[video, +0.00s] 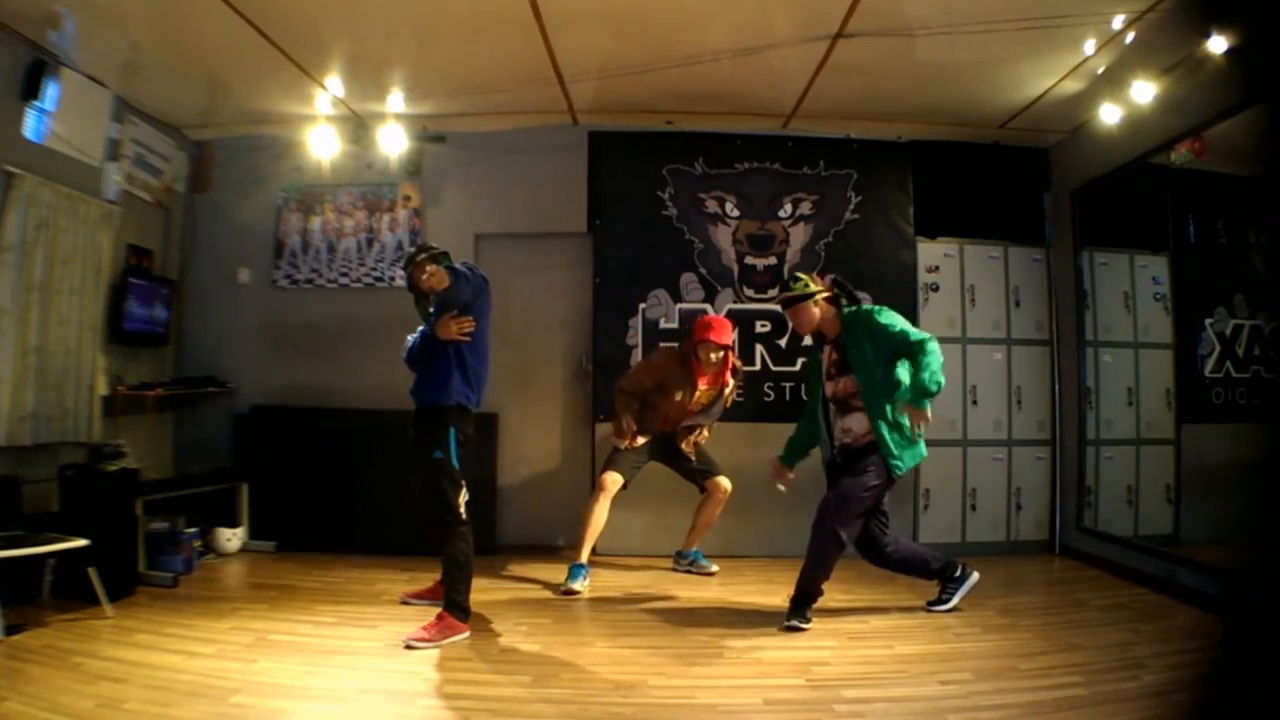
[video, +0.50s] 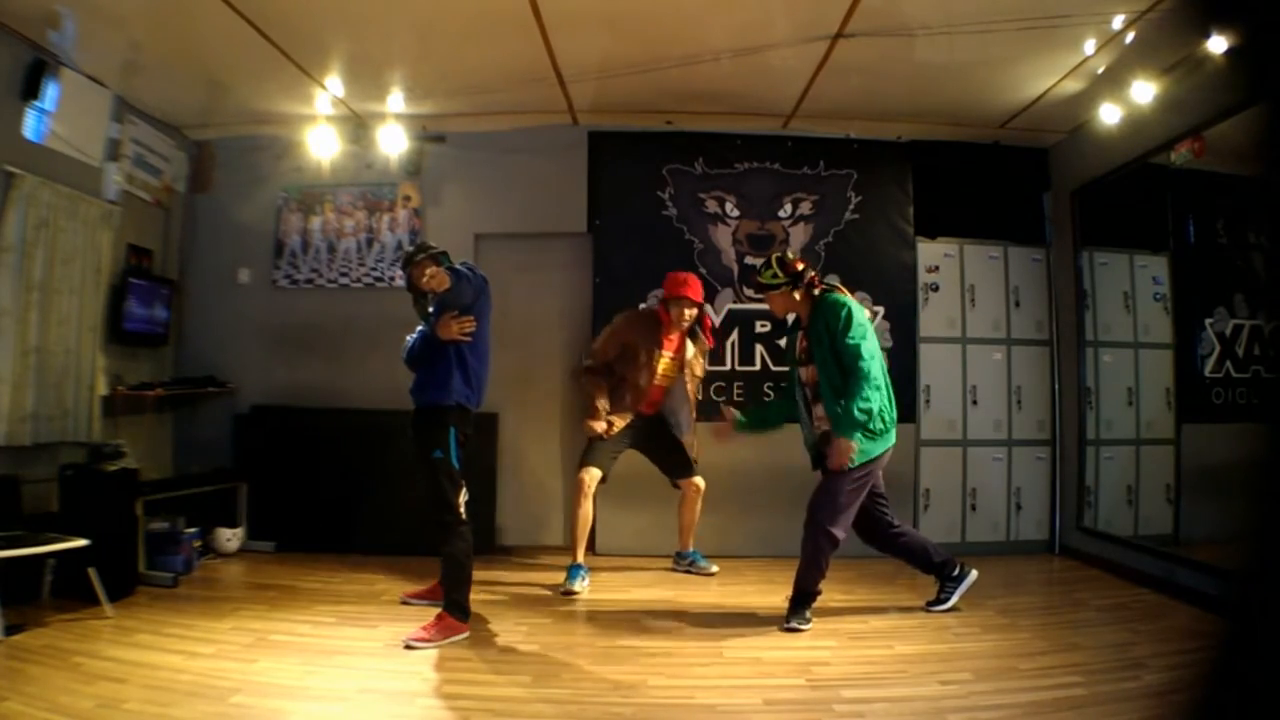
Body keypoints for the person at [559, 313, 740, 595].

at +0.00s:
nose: (714, 354)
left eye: (720, 349)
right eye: (708, 348)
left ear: (728, 350)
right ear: (695, 345)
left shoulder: (727, 376)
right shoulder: (667, 361)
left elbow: (717, 409)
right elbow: (626, 387)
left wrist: (702, 428)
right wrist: (626, 421)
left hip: (677, 440)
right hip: (640, 436)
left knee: (720, 487)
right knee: (607, 483)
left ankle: (687, 554)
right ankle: (580, 566)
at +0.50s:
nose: (686, 313)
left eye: (692, 307)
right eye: (680, 305)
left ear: (699, 310)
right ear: (665, 304)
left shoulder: (694, 345)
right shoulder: (633, 324)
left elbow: (691, 396)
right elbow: (594, 365)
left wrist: (690, 440)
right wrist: (599, 412)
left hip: (654, 422)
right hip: (618, 418)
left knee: (694, 485)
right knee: (586, 479)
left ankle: (685, 554)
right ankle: (577, 566)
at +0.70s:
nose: (674, 301)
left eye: (677, 295)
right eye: (668, 294)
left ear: (679, 295)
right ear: (648, 291)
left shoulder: (669, 327)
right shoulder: (609, 314)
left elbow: (669, 374)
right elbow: (580, 362)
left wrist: (673, 410)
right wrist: (594, 404)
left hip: (646, 417)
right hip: (608, 414)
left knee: (678, 481)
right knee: (592, 483)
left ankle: (680, 555)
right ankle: (578, 567)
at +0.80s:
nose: (669, 299)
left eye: (672, 293)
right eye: (664, 291)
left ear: (672, 292)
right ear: (644, 286)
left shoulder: (658, 321)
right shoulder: (608, 311)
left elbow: (656, 367)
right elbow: (597, 363)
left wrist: (663, 393)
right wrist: (625, 377)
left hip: (640, 413)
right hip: (606, 410)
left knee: (674, 476)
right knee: (600, 483)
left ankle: (678, 558)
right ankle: (579, 566)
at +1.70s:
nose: (690, 262)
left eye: (696, 256)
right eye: (683, 256)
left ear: (706, 260)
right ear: (673, 261)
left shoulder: (724, 306)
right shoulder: (650, 299)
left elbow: (740, 359)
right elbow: (619, 343)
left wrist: (740, 406)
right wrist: (603, 392)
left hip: (704, 404)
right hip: (659, 401)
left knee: (708, 480)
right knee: (639, 473)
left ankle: (699, 554)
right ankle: (640, 546)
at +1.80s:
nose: (687, 260)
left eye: (693, 254)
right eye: (680, 254)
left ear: (703, 258)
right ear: (671, 258)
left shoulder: (724, 303)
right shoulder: (650, 296)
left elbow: (740, 354)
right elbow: (614, 332)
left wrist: (735, 398)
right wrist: (586, 376)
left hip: (703, 401)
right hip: (659, 399)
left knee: (705, 476)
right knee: (650, 475)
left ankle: (707, 553)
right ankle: (660, 547)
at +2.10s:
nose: (640, 265)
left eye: (648, 260)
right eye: (640, 259)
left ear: (666, 267)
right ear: (643, 265)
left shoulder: (705, 299)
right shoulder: (636, 303)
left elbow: (735, 343)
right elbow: (614, 339)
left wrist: (704, 379)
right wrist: (594, 356)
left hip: (694, 401)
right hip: (654, 398)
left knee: (695, 479)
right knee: (623, 464)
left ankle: (708, 553)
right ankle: (622, 543)